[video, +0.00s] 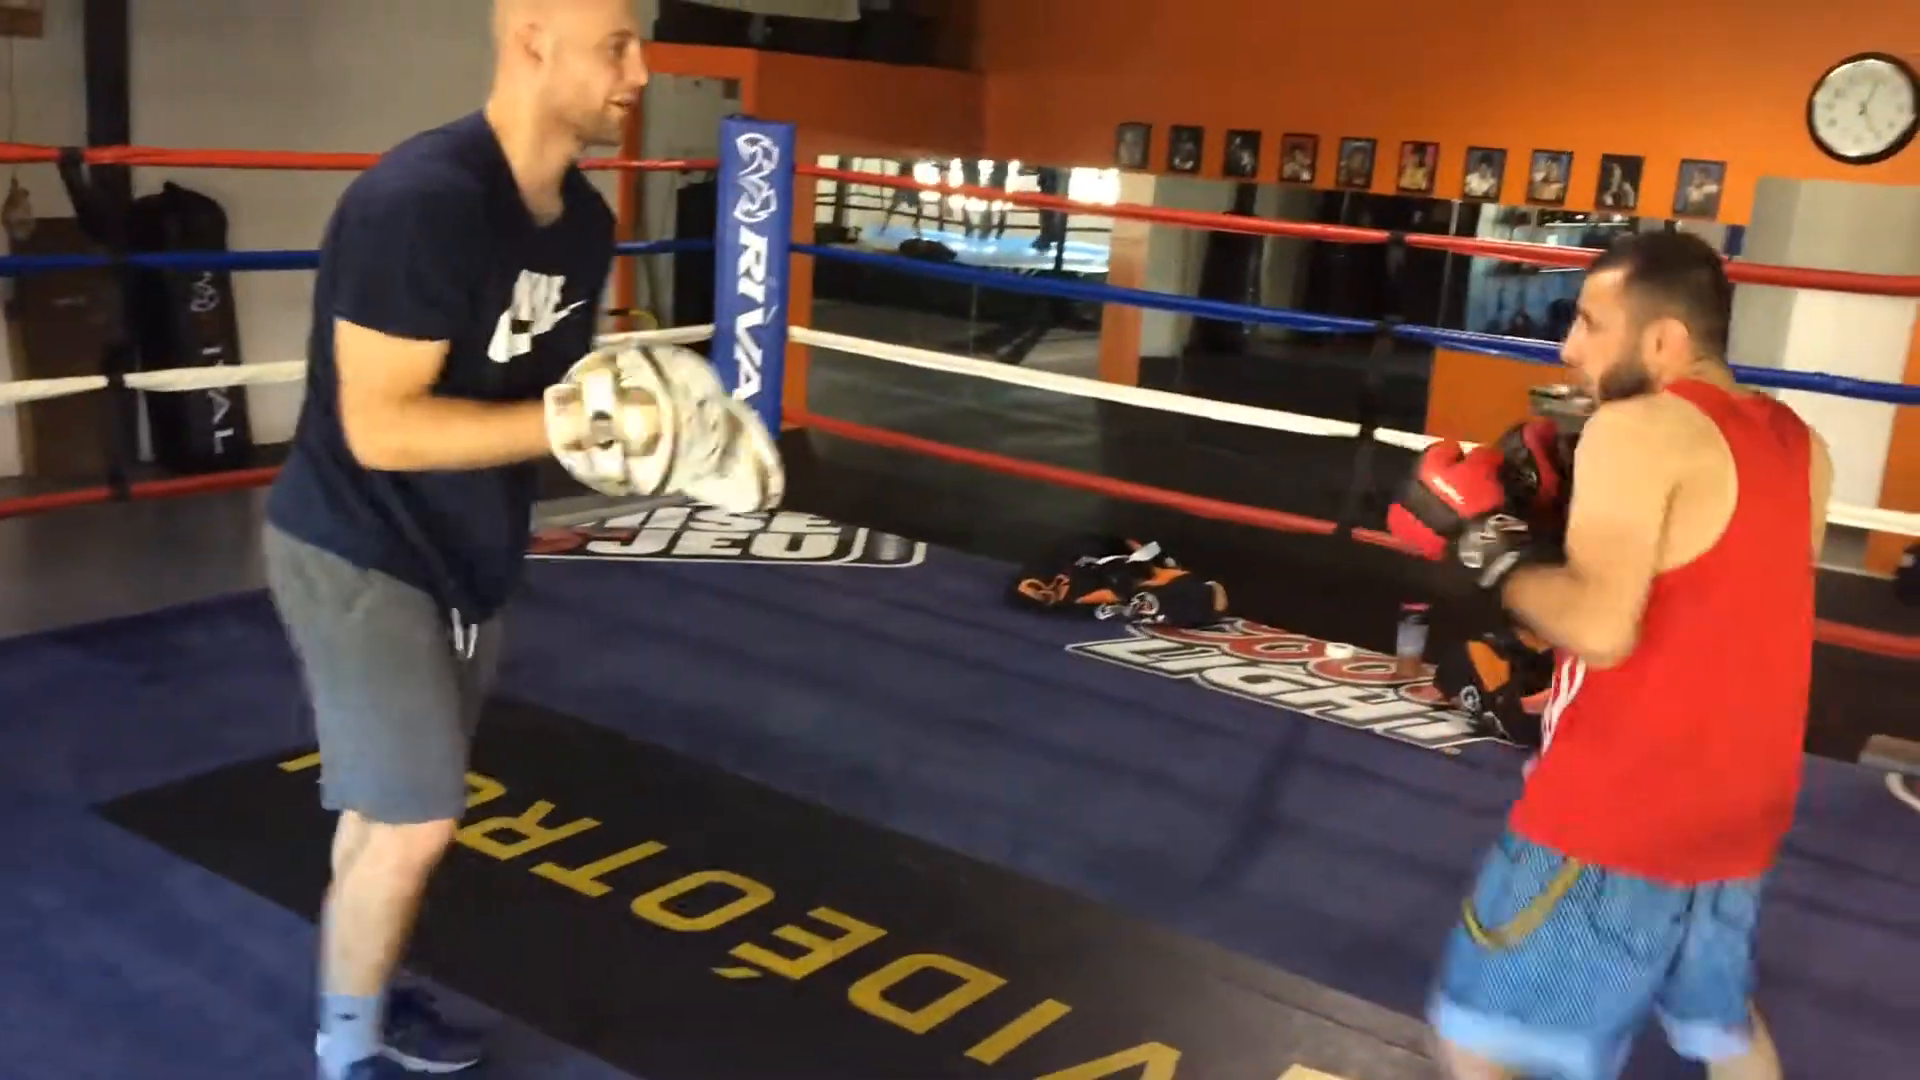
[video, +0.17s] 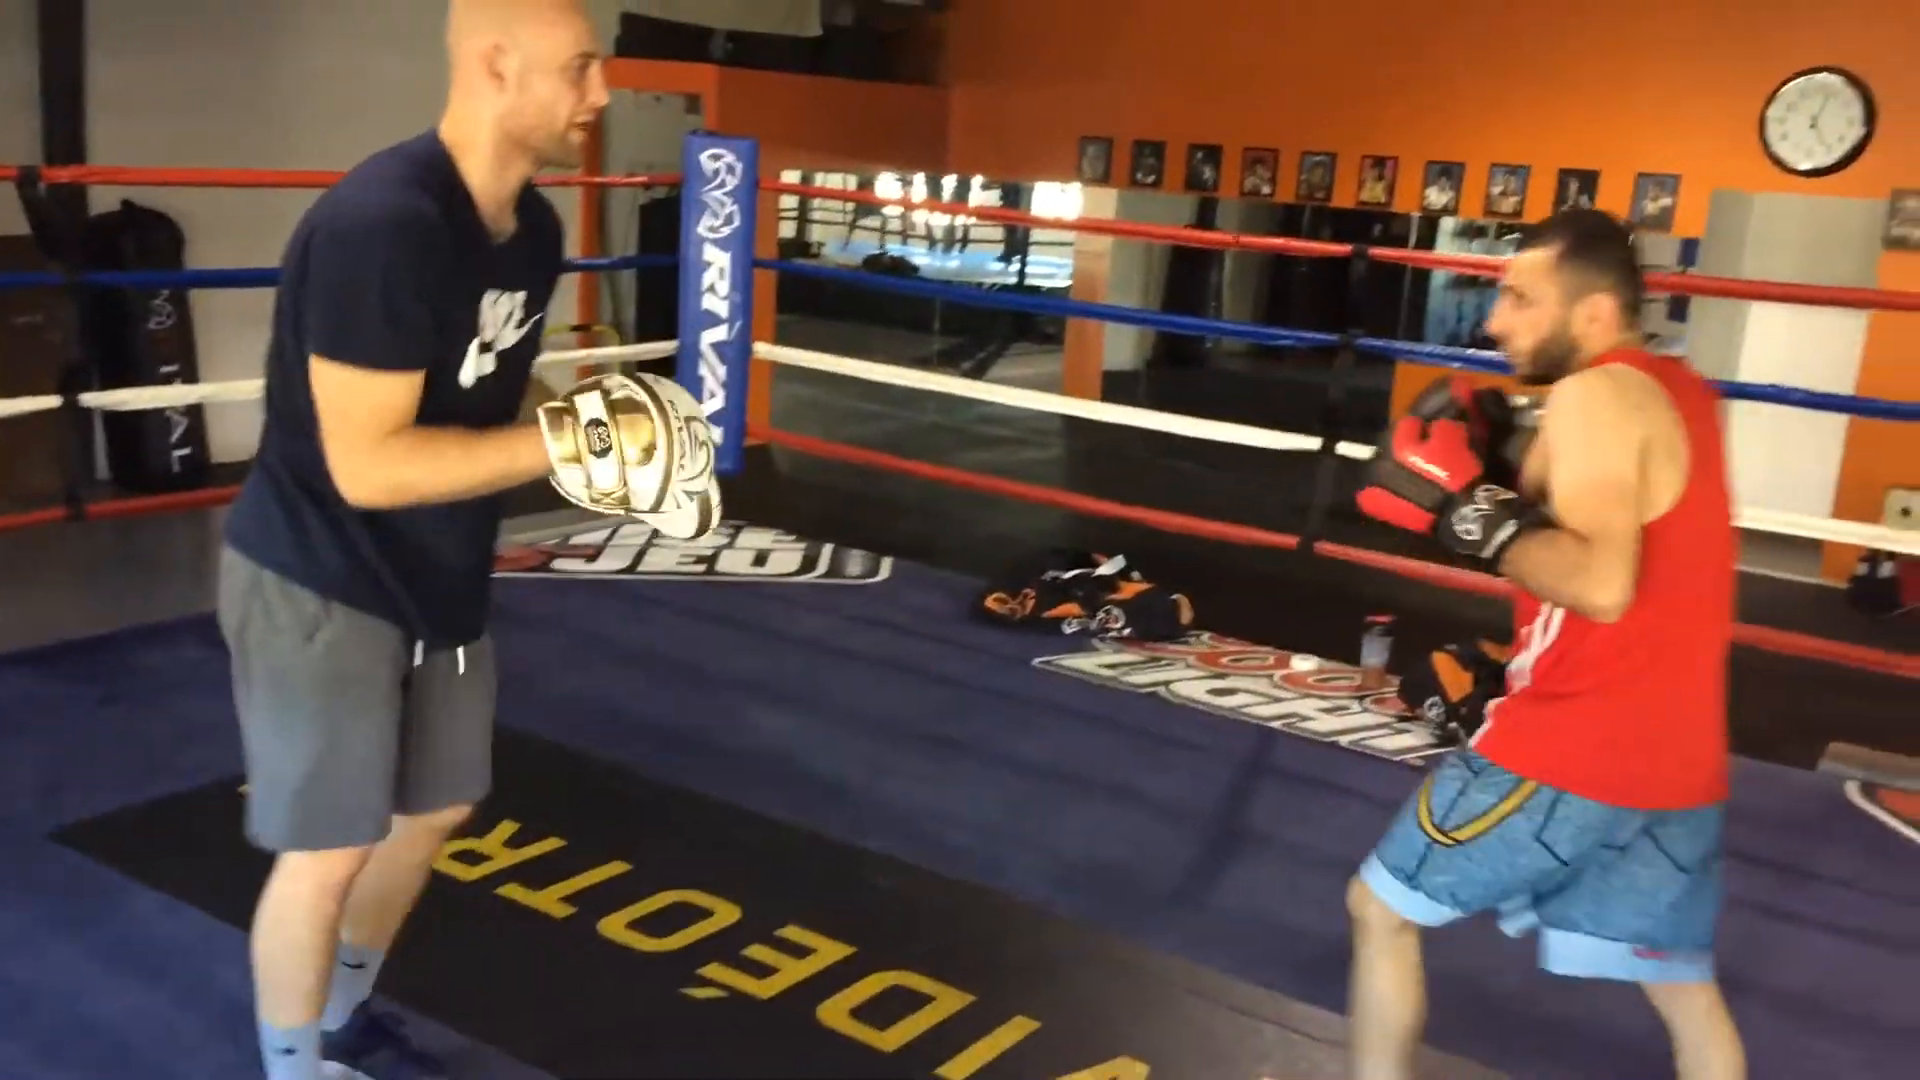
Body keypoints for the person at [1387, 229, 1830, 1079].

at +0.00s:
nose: (1569, 348)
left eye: (1591, 324)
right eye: (1576, 321)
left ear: (1667, 340)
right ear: (1682, 342)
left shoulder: (1635, 430)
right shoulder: (1798, 442)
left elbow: (1599, 622)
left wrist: (1493, 549)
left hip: (1619, 806)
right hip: (1743, 803)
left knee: (1480, 1037)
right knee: (1719, 1022)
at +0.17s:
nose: (1496, 319)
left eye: (1520, 298)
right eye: (1502, 295)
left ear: (1596, 313)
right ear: (1600, 315)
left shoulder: (1593, 399)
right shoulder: (1683, 391)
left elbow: (1601, 582)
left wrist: (1470, 513)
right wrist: (1507, 447)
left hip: (1568, 753)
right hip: (1681, 764)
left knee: (1383, 905)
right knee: (1683, 985)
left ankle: (1379, 1072)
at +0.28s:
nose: (1403, 336)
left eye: (1423, 317)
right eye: (1406, 314)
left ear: (1491, 322)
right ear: (1501, 321)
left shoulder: (1506, 421)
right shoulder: (1577, 401)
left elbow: (1493, 603)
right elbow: (1531, 539)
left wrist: (1387, 520)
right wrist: (1412, 501)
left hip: (1500, 743)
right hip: (1602, 743)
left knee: (1349, 879)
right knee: (1605, 946)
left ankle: (1286, 1051)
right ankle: (1668, 1077)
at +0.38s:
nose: (1321, 349)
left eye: (1341, 329)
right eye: (1325, 326)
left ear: (1410, 338)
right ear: (1423, 335)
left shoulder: (1424, 438)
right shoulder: (1506, 383)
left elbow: (1388, 620)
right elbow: (1453, 530)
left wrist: (1295, 534)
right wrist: (1342, 490)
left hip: (1440, 716)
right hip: (1538, 710)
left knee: (1295, 857)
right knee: (1525, 886)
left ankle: (1260, 1048)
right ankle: (1606, 1060)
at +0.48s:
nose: (1283, 339)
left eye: (1300, 322)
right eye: (1285, 318)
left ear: (1366, 327)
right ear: (1382, 321)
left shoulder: (1381, 421)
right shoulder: (1463, 359)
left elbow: (1327, 595)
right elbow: (1409, 500)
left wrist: (1253, 501)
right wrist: (1302, 459)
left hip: (1418, 687)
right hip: (1507, 676)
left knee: (1285, 847)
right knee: (1477, 826)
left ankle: (1251, 1045)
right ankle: (1529, 1011)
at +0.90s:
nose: (1259, 340)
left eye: (1274, 321)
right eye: (1255, 321)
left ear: (1336, 316)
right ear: (1322, 319)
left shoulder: (1379, 398)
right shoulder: (1341, 389)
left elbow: (1370, 551)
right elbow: (1320, 534)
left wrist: (1284, 473)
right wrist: (1255, 473)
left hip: (1363, 665)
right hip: (1377, 654)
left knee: (1226, 830)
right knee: (1367, 799)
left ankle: (1214, 1041)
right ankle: (1412, 942)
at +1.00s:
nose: (1232, 355)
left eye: (1248, 336)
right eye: (1229, 336)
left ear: (1308, 332)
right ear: (1297, 338)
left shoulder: (1342, 402)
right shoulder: (1310, 399)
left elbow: (1323, 546)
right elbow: (1269, 528)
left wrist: (1241, 460)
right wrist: (1223, 473)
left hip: (1336, 688)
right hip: (1340, 676)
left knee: (1197, 845)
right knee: (1304, 791)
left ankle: (1200, 1050)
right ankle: (1365, 931)